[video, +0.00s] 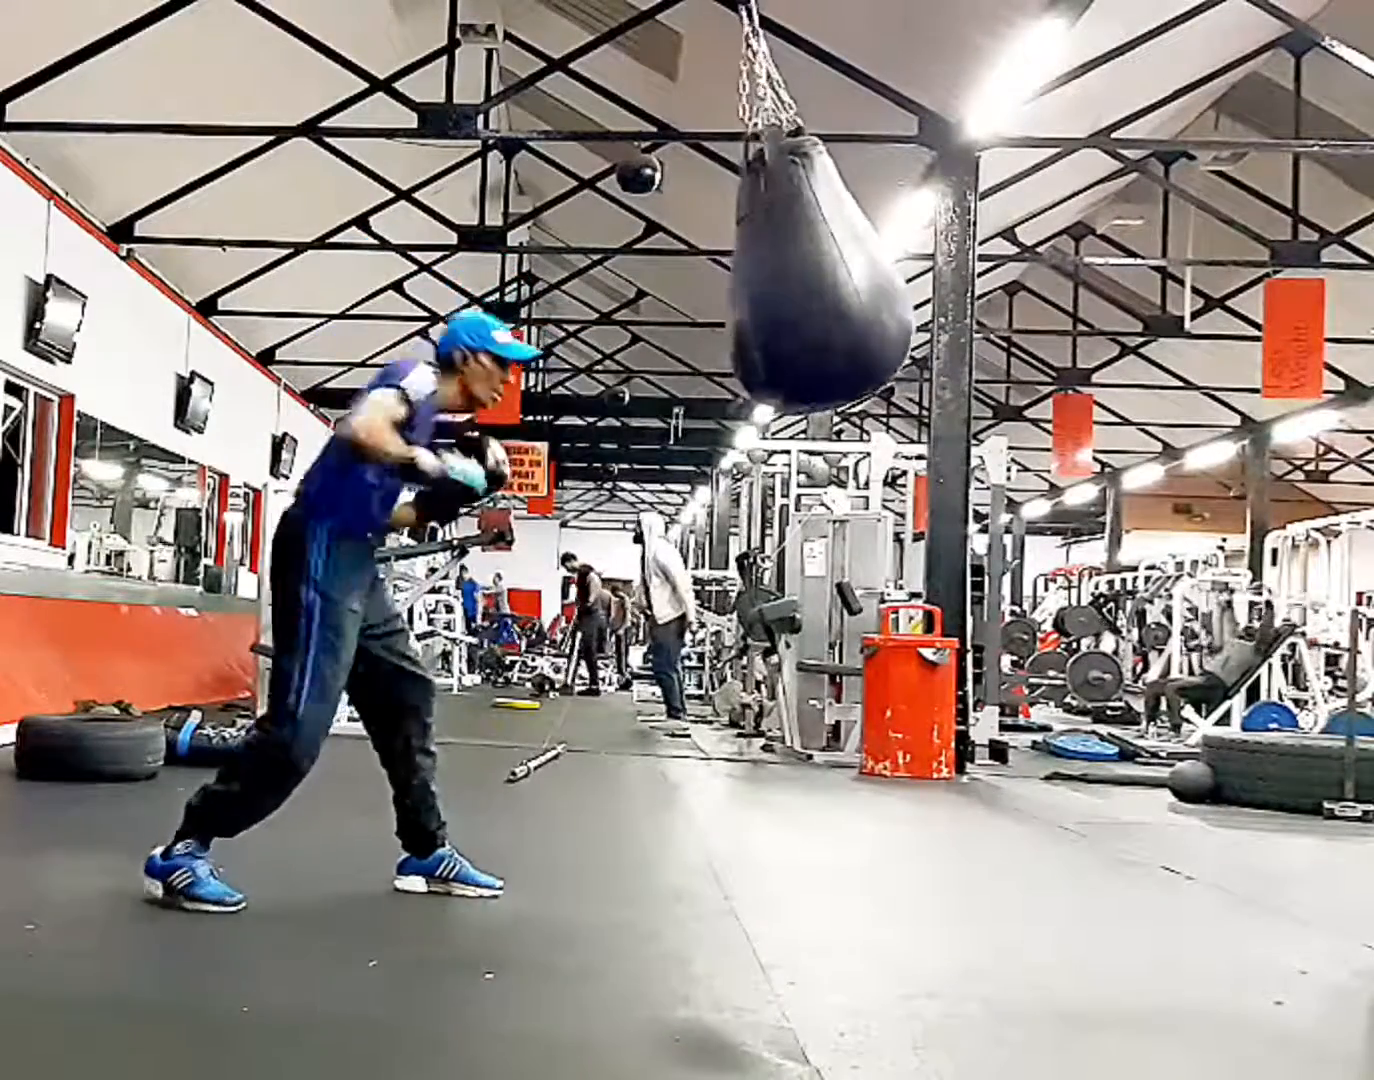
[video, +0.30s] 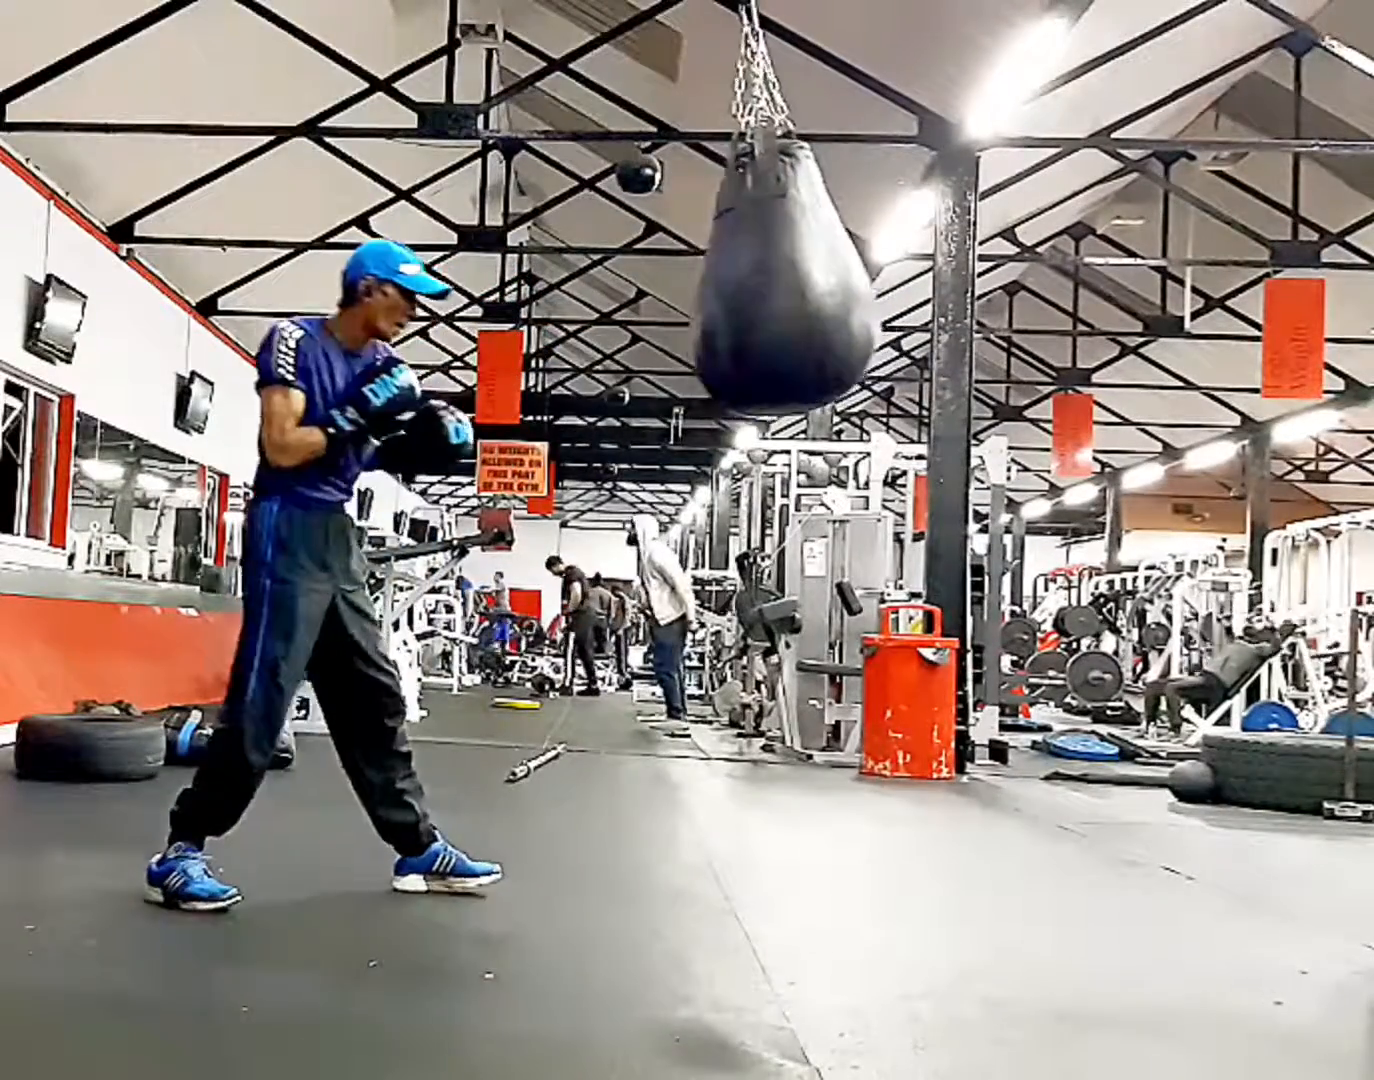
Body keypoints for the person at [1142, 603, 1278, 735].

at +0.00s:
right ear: (1250, 634)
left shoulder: (1255, 654)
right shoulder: (1236, 644)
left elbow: (1266, 633)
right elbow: (1227, 634)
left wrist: (1269, 610)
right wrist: (1224, 609)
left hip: (1218, 683)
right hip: (1205, 677)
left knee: (1172, 689)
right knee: (1153, 687)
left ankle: (1176, 730)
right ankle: (1147, 727)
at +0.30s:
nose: (1255, 627)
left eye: (1263, 628)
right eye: (1259, 626)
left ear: (1264, 636)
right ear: (1253, 631)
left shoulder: (1258, 650)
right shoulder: (1234, 643)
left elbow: (1275, 649)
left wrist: (1277, 635)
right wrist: (1220, 622)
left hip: (1217, 683)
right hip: (1203, 675)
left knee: (1172, 688)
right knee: (1151, 687)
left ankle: (1175, 732)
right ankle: (1147, 728)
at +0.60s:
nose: (1248, 634)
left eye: (1253, 632)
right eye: (1248, 630)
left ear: (1259, 637)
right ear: (1246, 633)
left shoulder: (1259, 651)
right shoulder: (1235, 645)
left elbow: (1279, 656)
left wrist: (1274, 642)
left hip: (1218, 682)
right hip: (1204, 674)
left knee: (1172, 688)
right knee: (1152, 688)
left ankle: (1175, 731)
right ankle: (1147, 727)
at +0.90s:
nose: (1252, 629)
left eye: (1258, 628)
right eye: (1252, 627)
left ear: (1260, 636)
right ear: (1248, 631)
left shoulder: (1258, 651)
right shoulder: (1234, 643)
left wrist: (1270, 617)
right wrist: (1226, 618)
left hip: (1218, 684)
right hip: (1203, 677)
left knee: (1172, 688)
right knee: (1152, 687)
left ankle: (1175, 731)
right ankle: (1147, 728)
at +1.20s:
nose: (1249, 630)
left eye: (1253, 629)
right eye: (1247, 628)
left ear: (1258, 635)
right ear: (1244, 632)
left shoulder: (1257, 651)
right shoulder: (1235, 643)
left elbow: (1269, 631)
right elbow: (1231, 625)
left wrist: (1270, 610)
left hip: (1218, 684)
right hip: (1203, 677)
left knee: (1172, 688)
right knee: (1152, 687)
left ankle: (1175, 731)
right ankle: (1148, 727)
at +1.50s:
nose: (1256, 634)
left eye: (1258, 633)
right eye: (1256, 632)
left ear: (1258, 638)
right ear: (1251, 635)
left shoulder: (1260, 650)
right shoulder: (1235, 644)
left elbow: (1279, 659)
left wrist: (1276, 642)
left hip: (1217, 682)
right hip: (1201, 674)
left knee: (1172, 688)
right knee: (1152, 687)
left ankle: (1175, 731)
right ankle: (1148, 727)